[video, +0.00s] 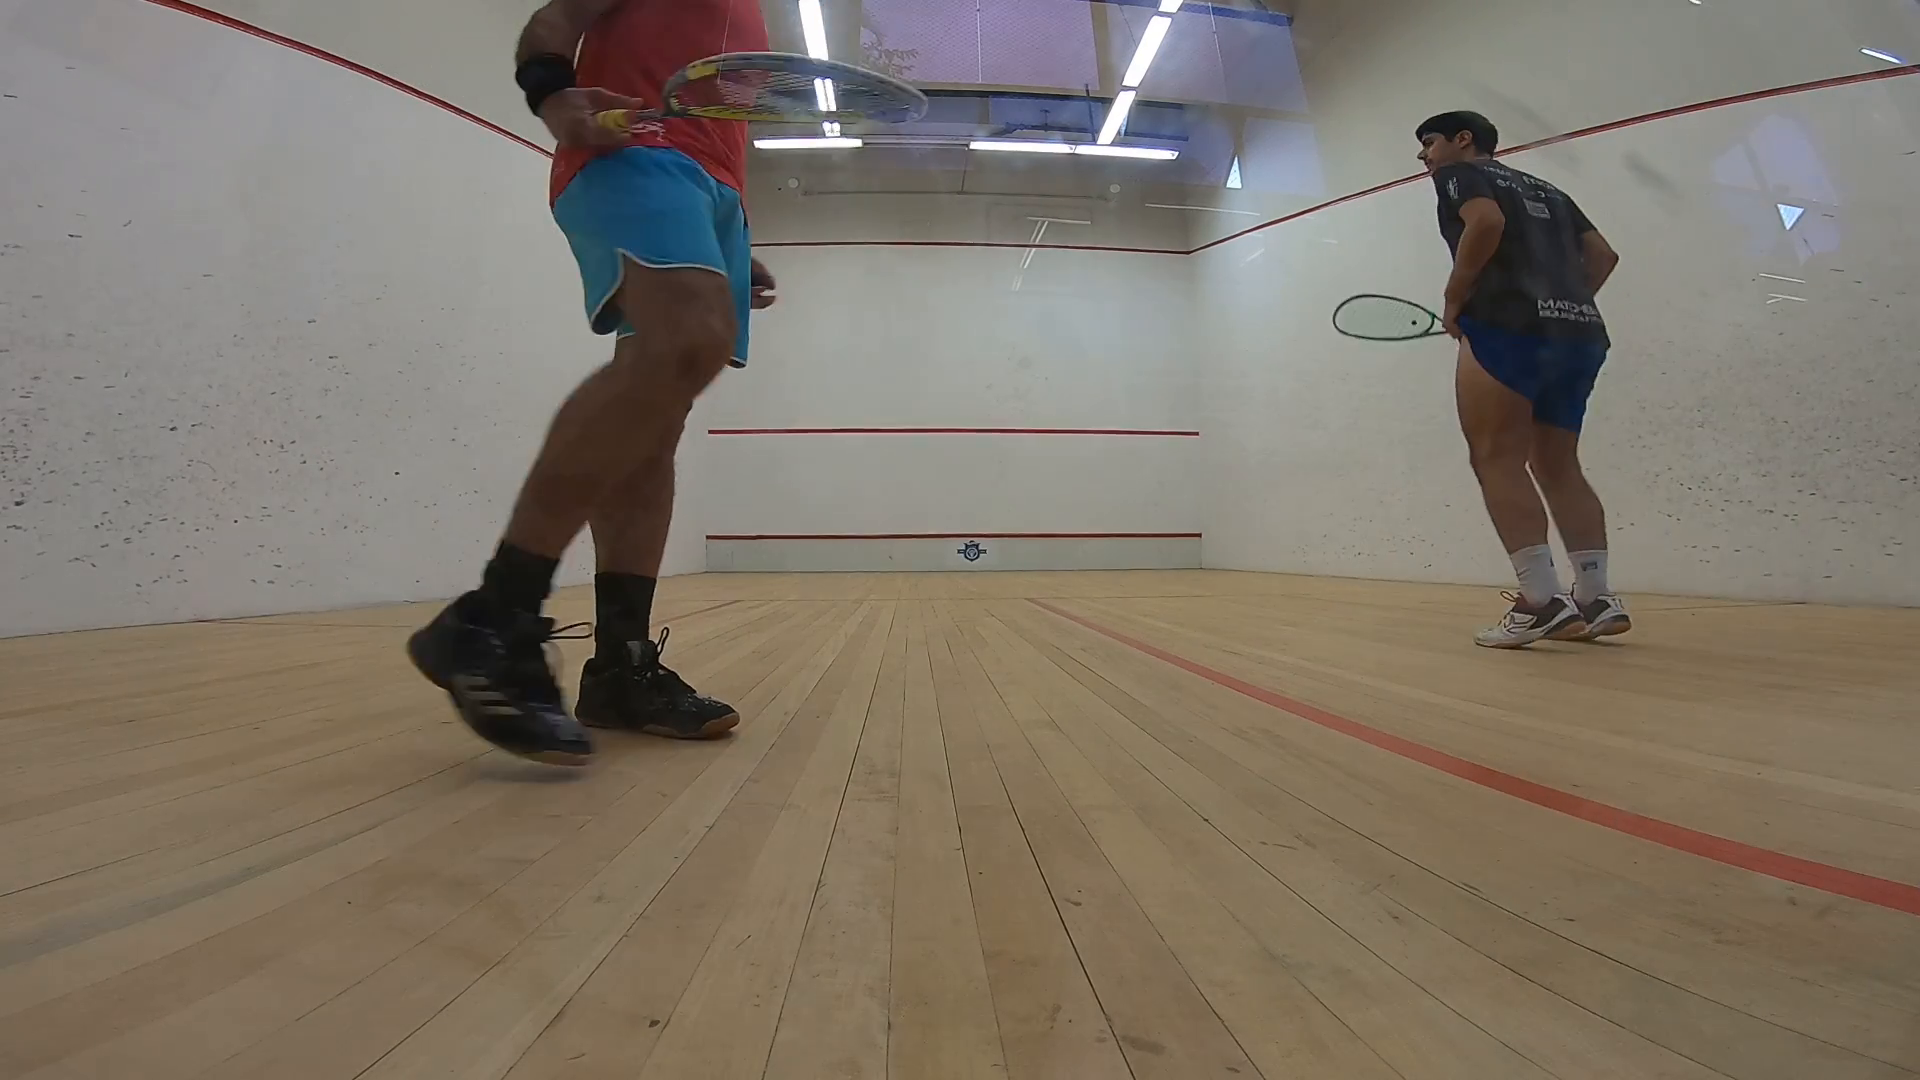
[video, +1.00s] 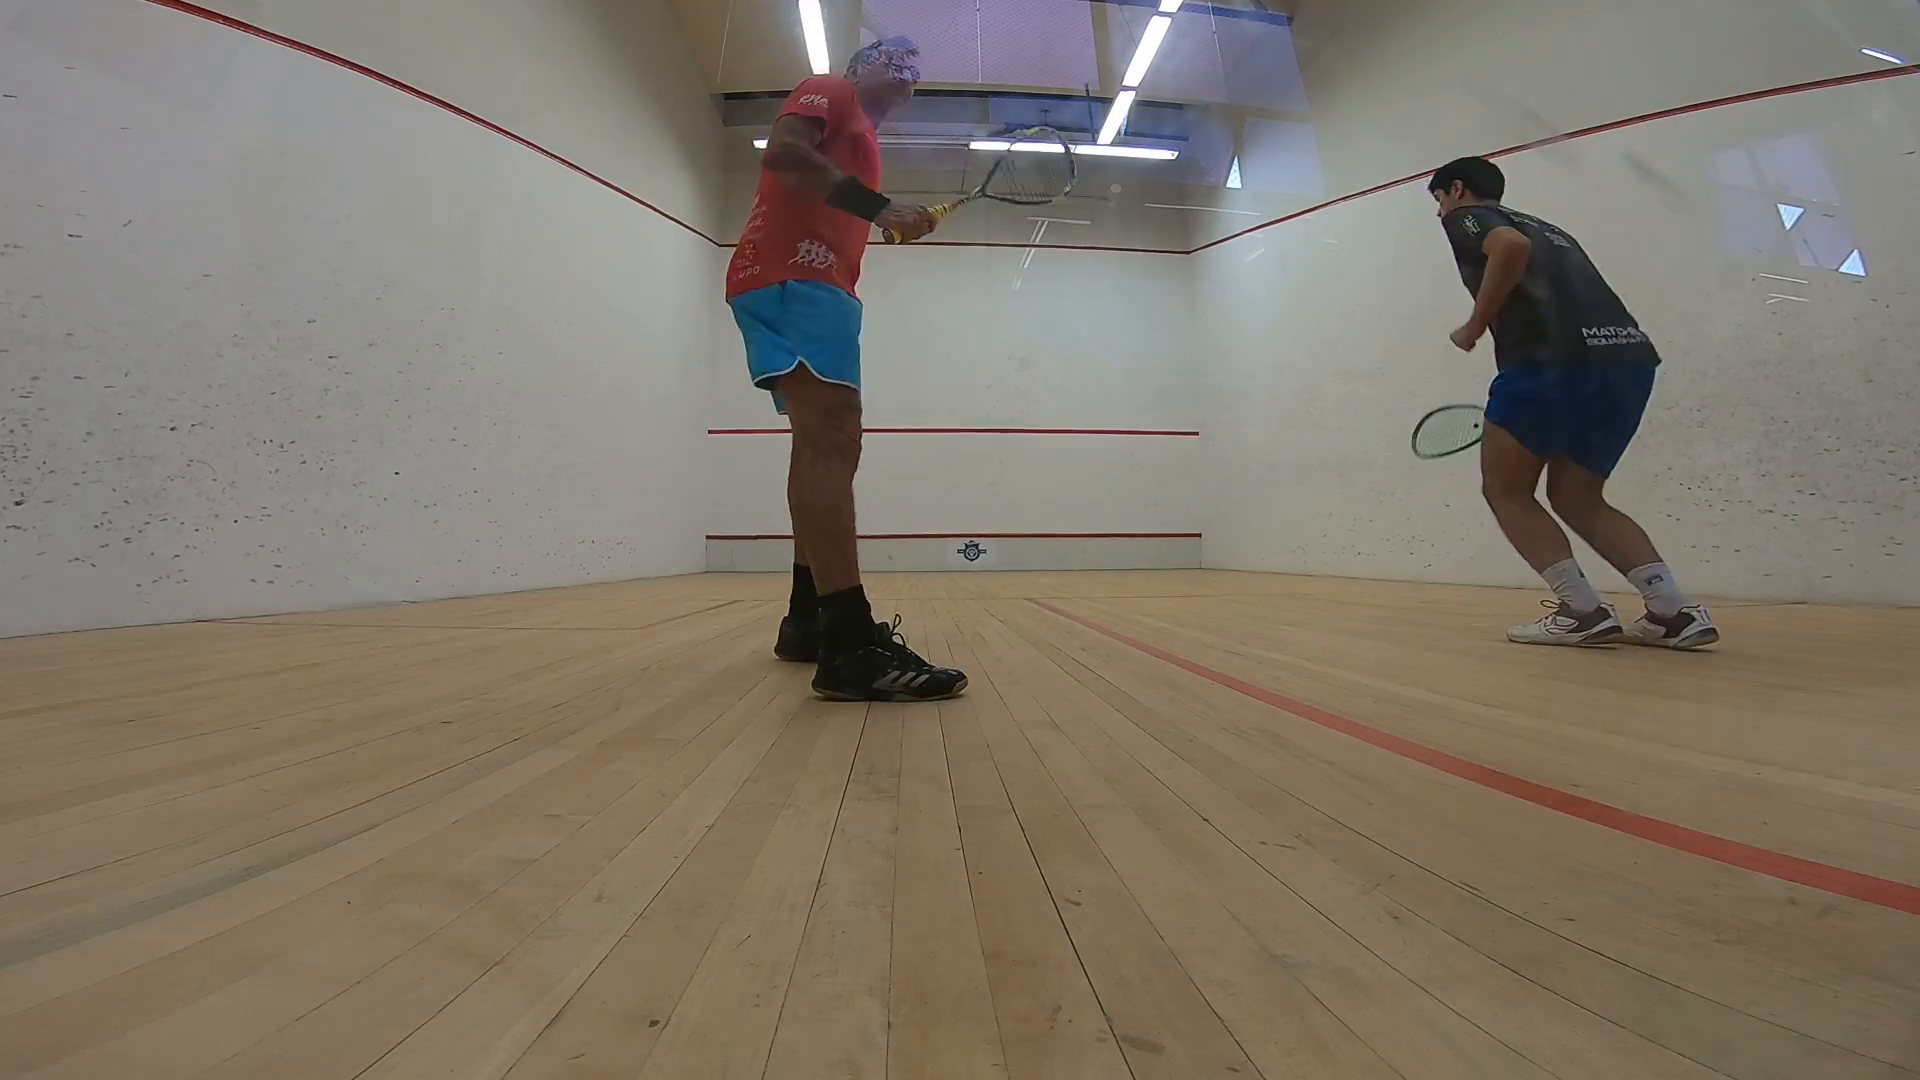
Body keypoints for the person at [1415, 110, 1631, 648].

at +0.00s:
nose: (1423, 154)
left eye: (1429, 144)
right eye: (1423, 147)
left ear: (1463, 140)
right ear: (1478, 144)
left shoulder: (1456, 174)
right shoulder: (1543, 188)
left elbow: (1486, 220)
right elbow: (1601, 255)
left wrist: (1452, 299)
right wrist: (1558, 311)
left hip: (1507, 328)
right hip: (1580, 333)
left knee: (1496, 458)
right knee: (1557, 463)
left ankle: (1539, 600)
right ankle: (1596, 599)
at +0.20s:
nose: (1418, 158)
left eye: (1420, 146)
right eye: (1415, 149)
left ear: (1447, 134)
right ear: (1471, 137)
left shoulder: (1452, 160)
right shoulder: (1536, 176)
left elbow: (1481, 204)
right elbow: (1607, 235)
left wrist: (1458, 284)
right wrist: (1568, 299)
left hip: (1518, 307)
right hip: (1594, 309)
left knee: (1493, 443)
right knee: (1559, 445)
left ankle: (1538, 585)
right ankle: (1605, 582)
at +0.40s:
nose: (1427, 192)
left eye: (1427, 182)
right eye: (1423, 185)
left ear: (1445, 169)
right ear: (1481, 172)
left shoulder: (1454, 192)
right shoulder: (1539, 207)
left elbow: (1486, 230)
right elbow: (1616, 271)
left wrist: (1446, 301)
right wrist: (1574, 333)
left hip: (1533, 345)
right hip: (1608, 344)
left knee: (1496, 476)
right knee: (1554, 480)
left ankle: (1557, 608)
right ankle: (1617, 608)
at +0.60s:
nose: (1419, 174)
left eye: (1411, 164)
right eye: (1412, 170)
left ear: (1418, 144)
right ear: (1444, 128)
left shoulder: (1437, 143)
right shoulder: (1530, 156)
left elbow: (1481, 145)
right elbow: (1618, 205)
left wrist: (1441, 213)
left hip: (1539, 251)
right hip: (1616, 255)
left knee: (1462, 374)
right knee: (1525, 369)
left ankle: (1579, 438)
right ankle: (1612, 411)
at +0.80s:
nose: (1423, 193)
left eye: (1418, 183)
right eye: (1418, 187)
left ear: (1426, 166)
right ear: (1446, 162)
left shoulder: (1445, 166)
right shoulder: (1533, 185)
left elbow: (1468, 124)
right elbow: (1626, 208)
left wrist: (1473, 194)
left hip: (1555, 273)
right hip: (1632, 271)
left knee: (1483, 400)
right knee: (1541, 393)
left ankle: (1564, 519)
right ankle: (1637, 462)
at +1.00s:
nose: (1438, 209)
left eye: (1439, 198)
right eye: (1436, 201)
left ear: (1458, 190)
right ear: (1493, 191)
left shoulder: (1465, 216)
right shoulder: (1540, 227)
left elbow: (1509, 243)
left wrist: (1475, 324)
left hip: (1552, 359)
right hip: (1628, 355)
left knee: (1506, 489)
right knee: (1575, 495)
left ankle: (1582, 609)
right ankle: (1672, 610)